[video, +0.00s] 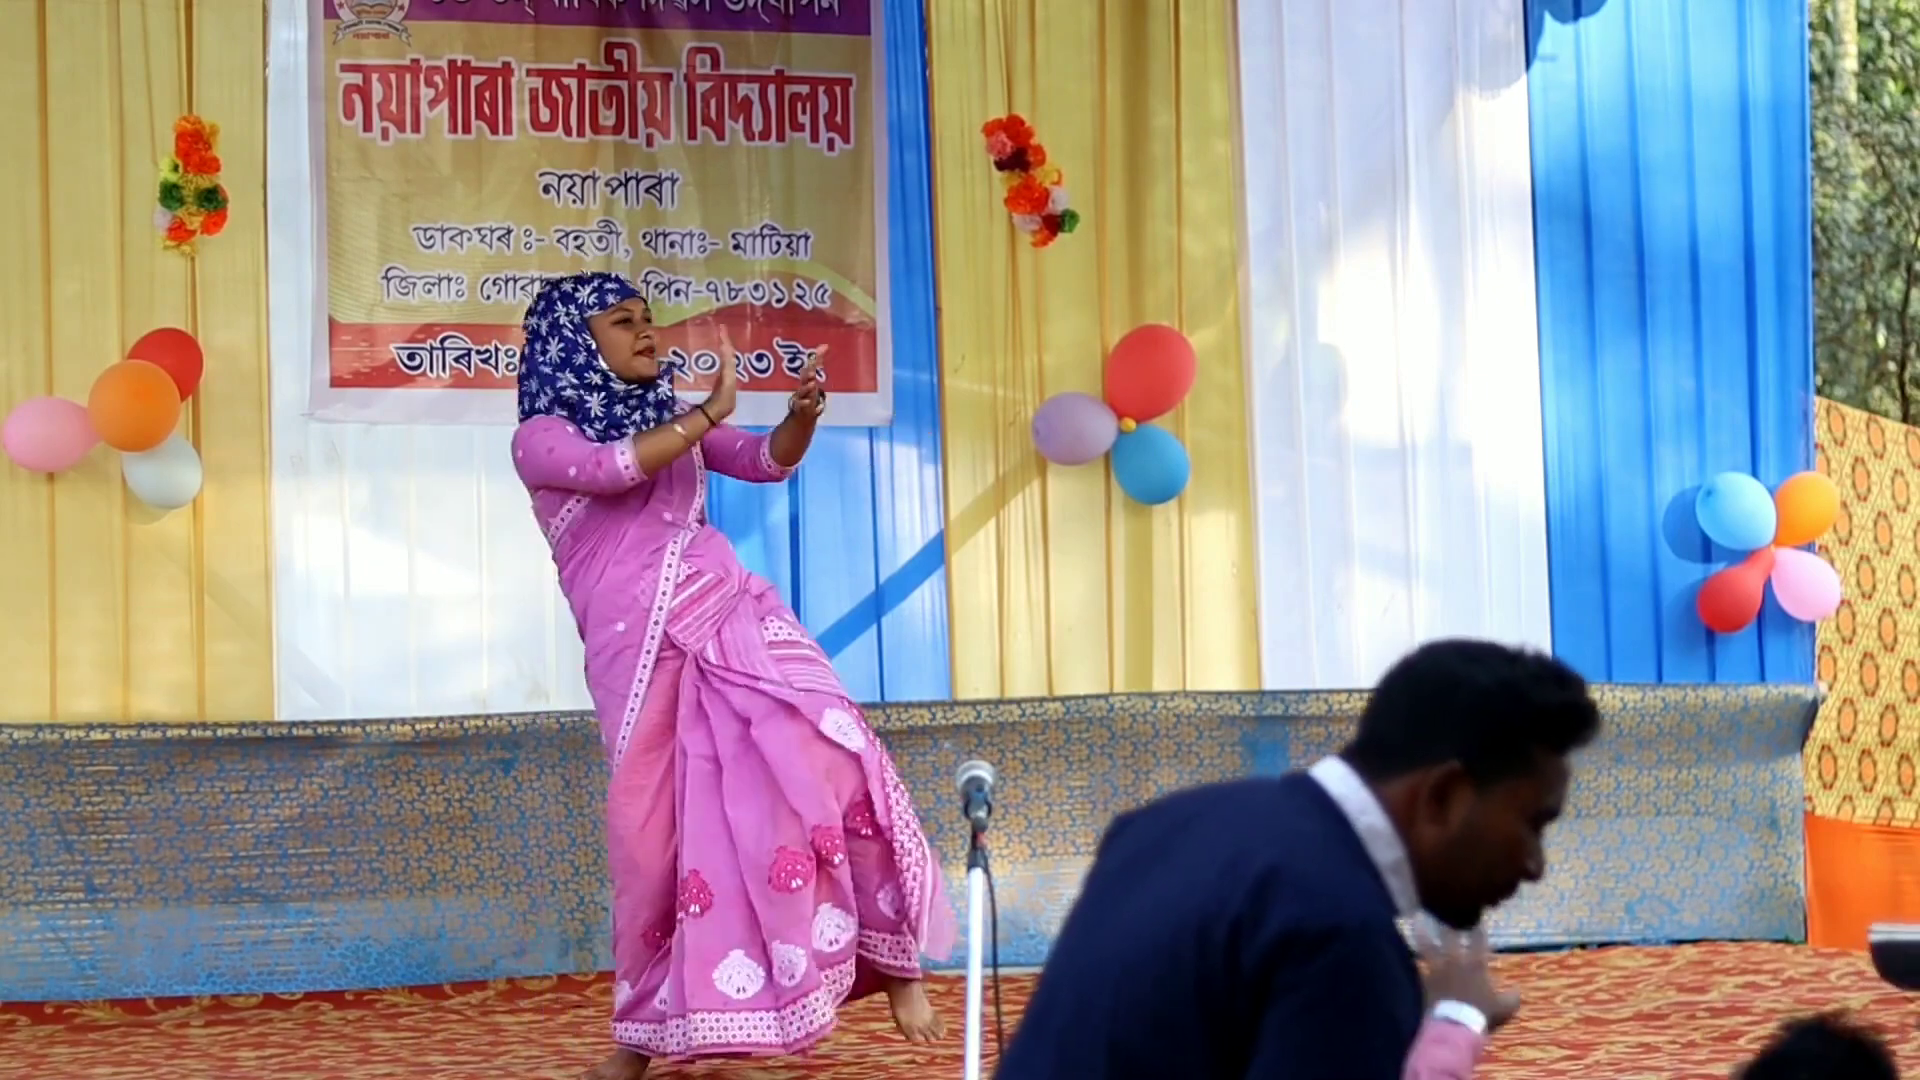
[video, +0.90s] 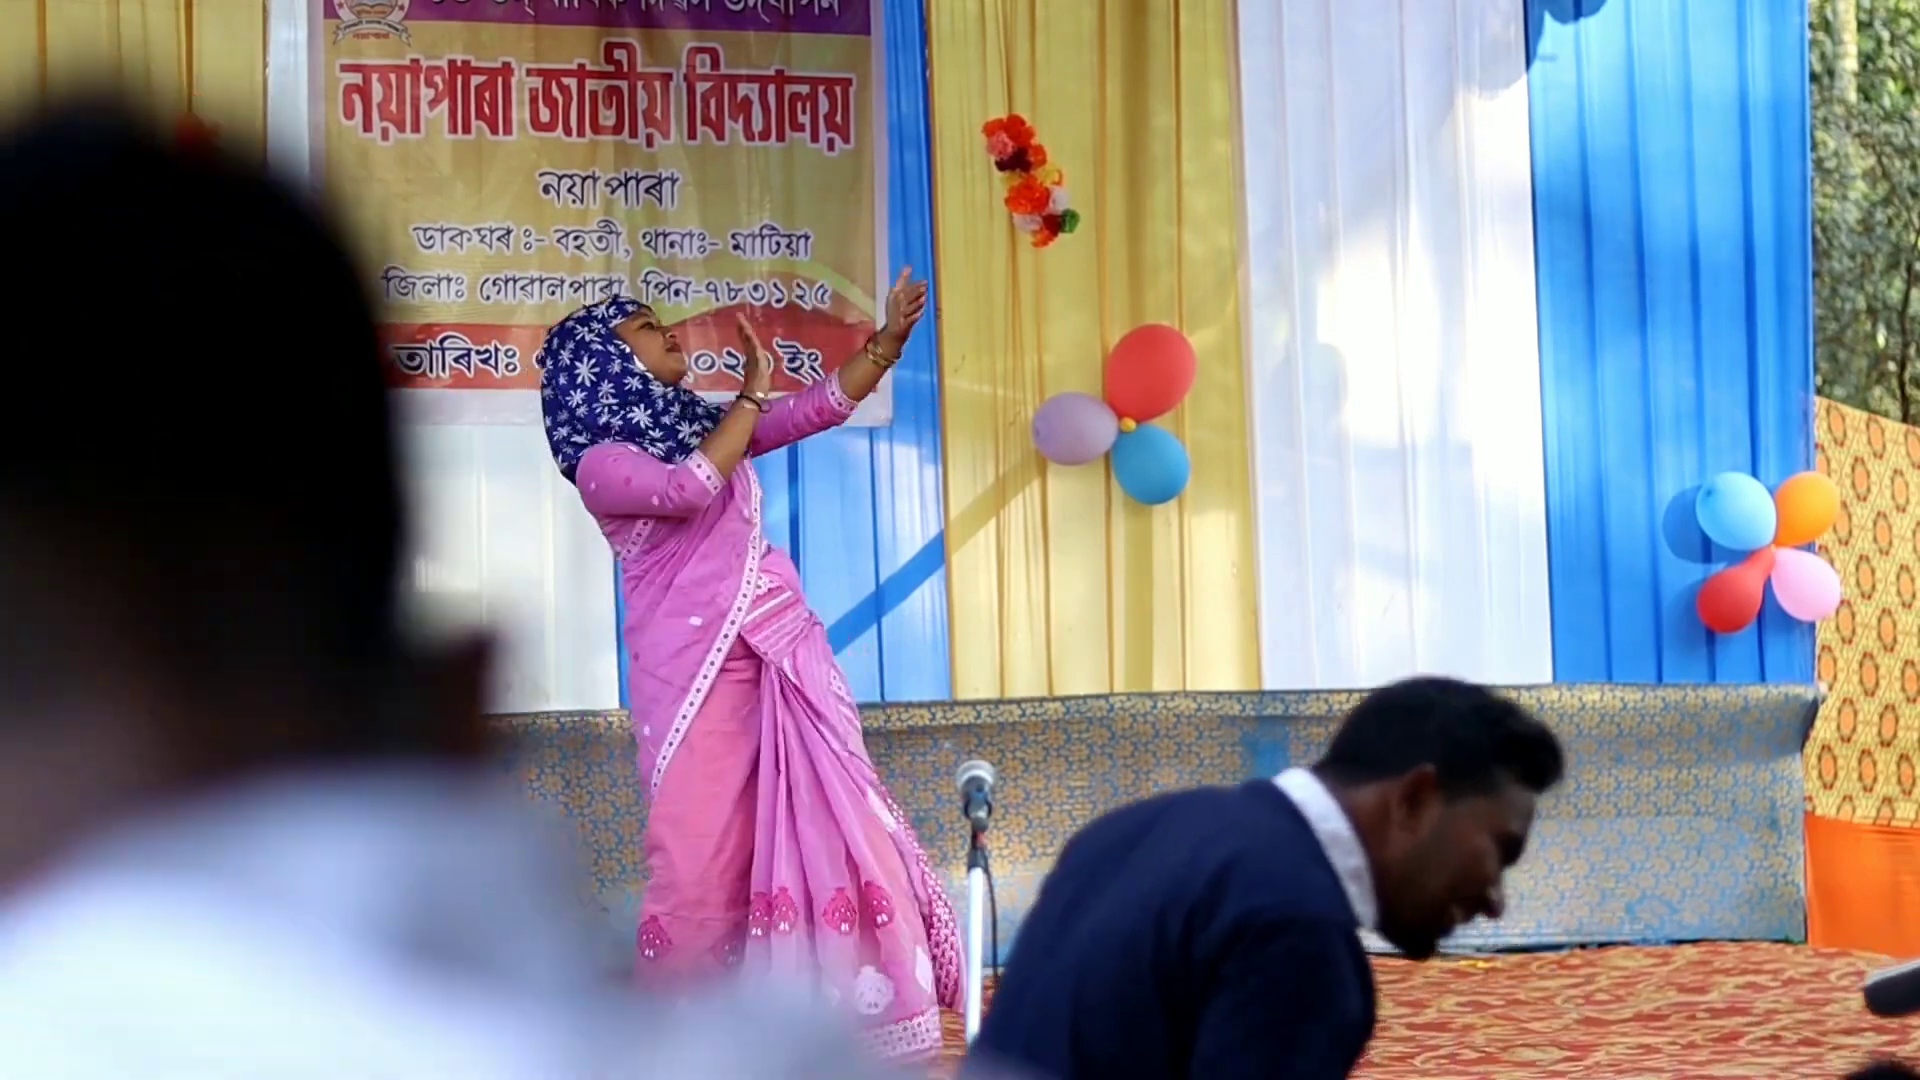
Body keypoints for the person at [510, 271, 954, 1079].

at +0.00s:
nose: (650, 337)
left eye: (648, 324)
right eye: (629, 326)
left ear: (644, 336)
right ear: (573, 344)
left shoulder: (668, 417)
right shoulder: (539, 438)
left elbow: (768, 459)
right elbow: (615, 467)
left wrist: (803, 414)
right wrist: (709, 413)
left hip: (737, 624)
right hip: (639, 654)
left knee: (842, 755)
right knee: (644, 843)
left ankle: (890, 949)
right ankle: (637, 1032)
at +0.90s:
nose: (670, 334)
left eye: (661, 325)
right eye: (650, 328)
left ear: (629, 363)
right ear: (607, 361)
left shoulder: (705, 423)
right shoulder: (600, 462)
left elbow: (822, 404)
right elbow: (690, 489)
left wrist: (886, 340)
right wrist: (750, 394)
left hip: (781, 654)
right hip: (692, 673)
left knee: (833, 829)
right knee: (700, 866)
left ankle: (875, 1029)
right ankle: (681, 1046)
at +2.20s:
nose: (657, 338)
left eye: (648, 325)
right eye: (637, 327)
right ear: (590, 354)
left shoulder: (666, 420)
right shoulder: (582, 453)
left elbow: (779, 413)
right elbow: (677, 506)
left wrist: (857, 348)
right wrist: (751, 424)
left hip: (749, 640)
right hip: (680, 656)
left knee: (810, 803)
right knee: (707, 824)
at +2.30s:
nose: (660, 344)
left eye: (651, 331)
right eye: (641, 333)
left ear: (615, 363)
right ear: (595, 362)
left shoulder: (671, 429)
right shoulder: (581, 467)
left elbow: (786, 408)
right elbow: (645, 546)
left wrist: (878, 356)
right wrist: (702, 458)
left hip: (736, 668)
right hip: (659, 689)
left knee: (838, 797)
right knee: (691, 849)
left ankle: (837, 1016)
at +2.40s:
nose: (669, 359)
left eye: (660, 349)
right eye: (649, 352)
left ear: (632, 384)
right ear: (602, 383)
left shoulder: (684, 448)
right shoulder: (579, 487)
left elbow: (789, 434)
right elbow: (630, 572)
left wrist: (892, 376)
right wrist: (671, 469)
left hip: (708, 690)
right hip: (619, 709)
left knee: (832, 783)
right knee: (726, 837)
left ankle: (823, 1019)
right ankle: (702, 1034)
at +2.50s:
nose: (669, 351)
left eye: (662, 338)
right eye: (650, 340)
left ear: (628, 370)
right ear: (602, 368)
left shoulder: (681, 443)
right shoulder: (580, 470)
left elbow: (792, 438)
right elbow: (643, 543)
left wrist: (896, 385)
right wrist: (685, 446)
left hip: (709, 684)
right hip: (621, 703)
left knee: (825, 782)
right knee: (681, 877)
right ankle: (654, 1048)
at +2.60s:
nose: (671, 318)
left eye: (664, 305)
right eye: (653, 306)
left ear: (618, 329)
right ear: (606, 325)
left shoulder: (662, 412)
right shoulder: (584, 420)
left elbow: (779, 438)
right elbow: (686, 480)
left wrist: (879, 397)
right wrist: (750, 401)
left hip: (718, 648)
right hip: (640, 665)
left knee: (789, 817)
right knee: (661, 846)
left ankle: (829, 1021)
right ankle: (645, 1037)